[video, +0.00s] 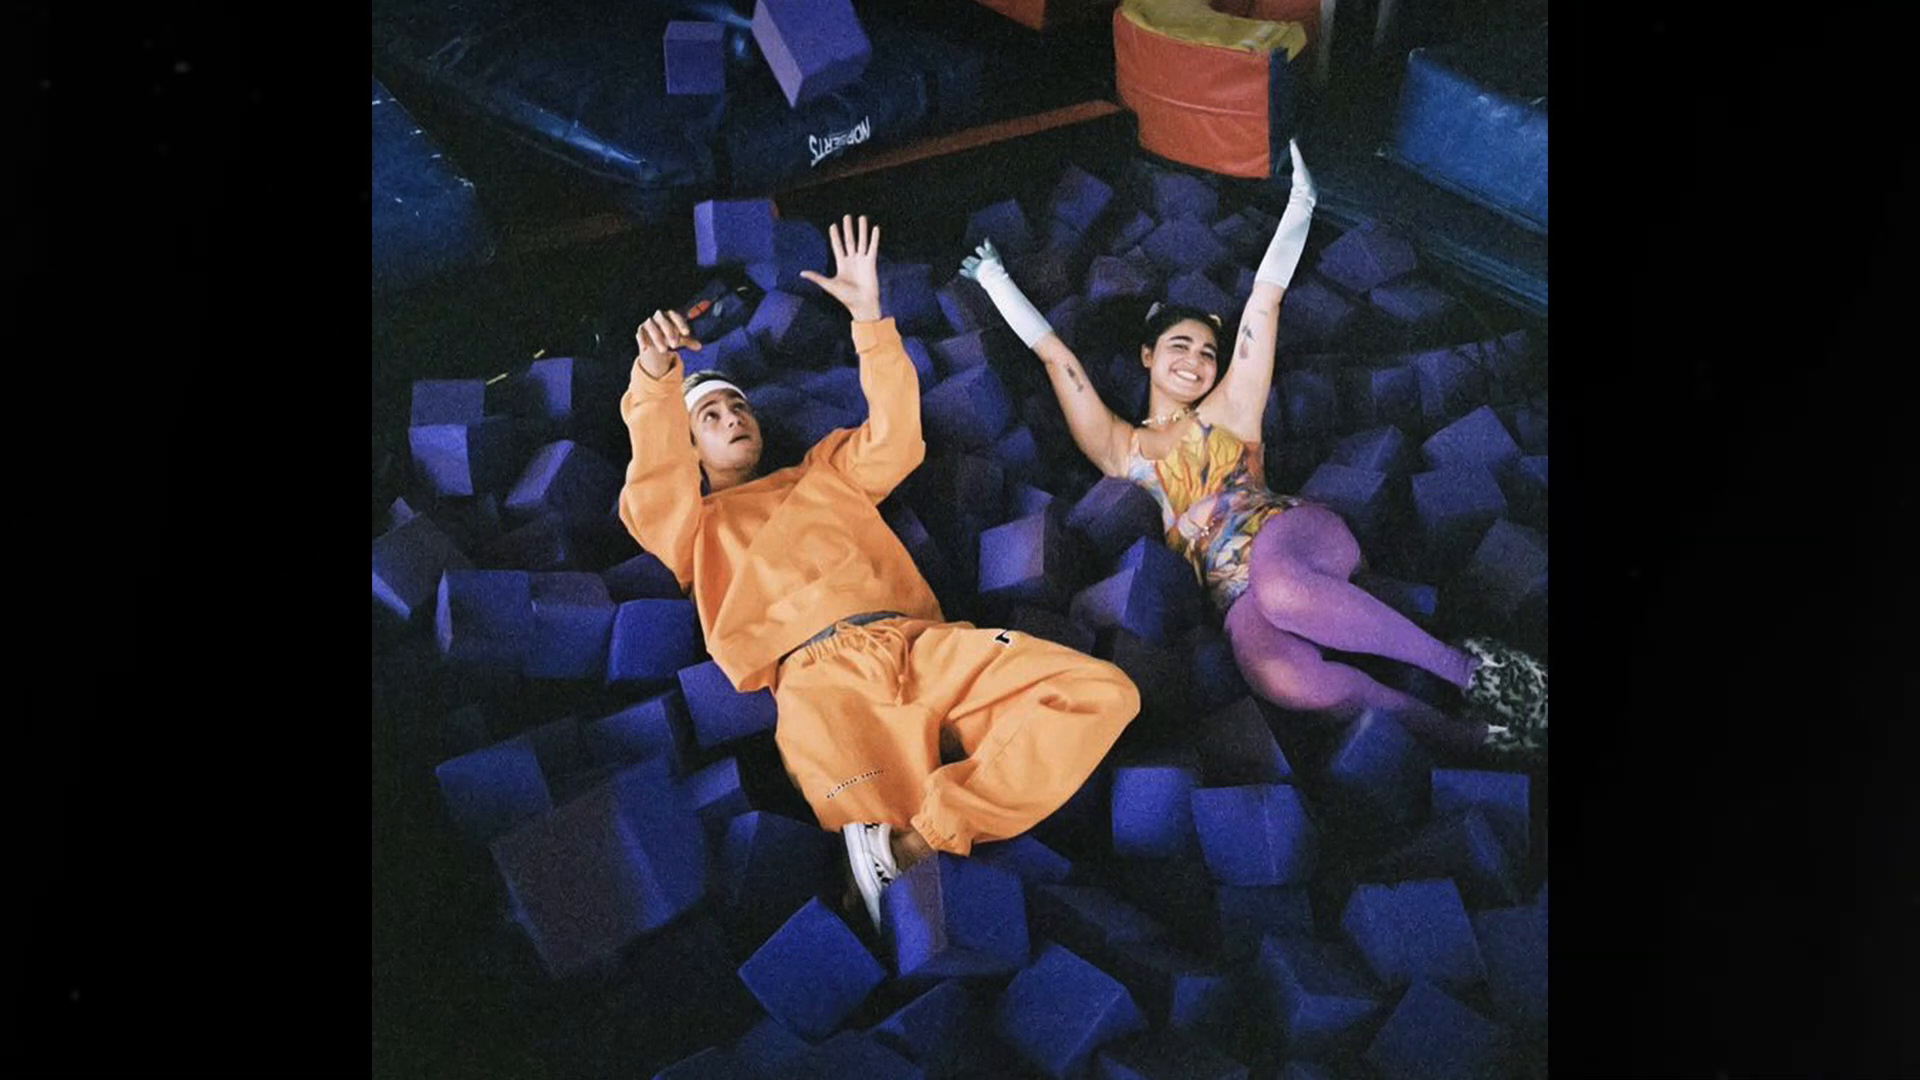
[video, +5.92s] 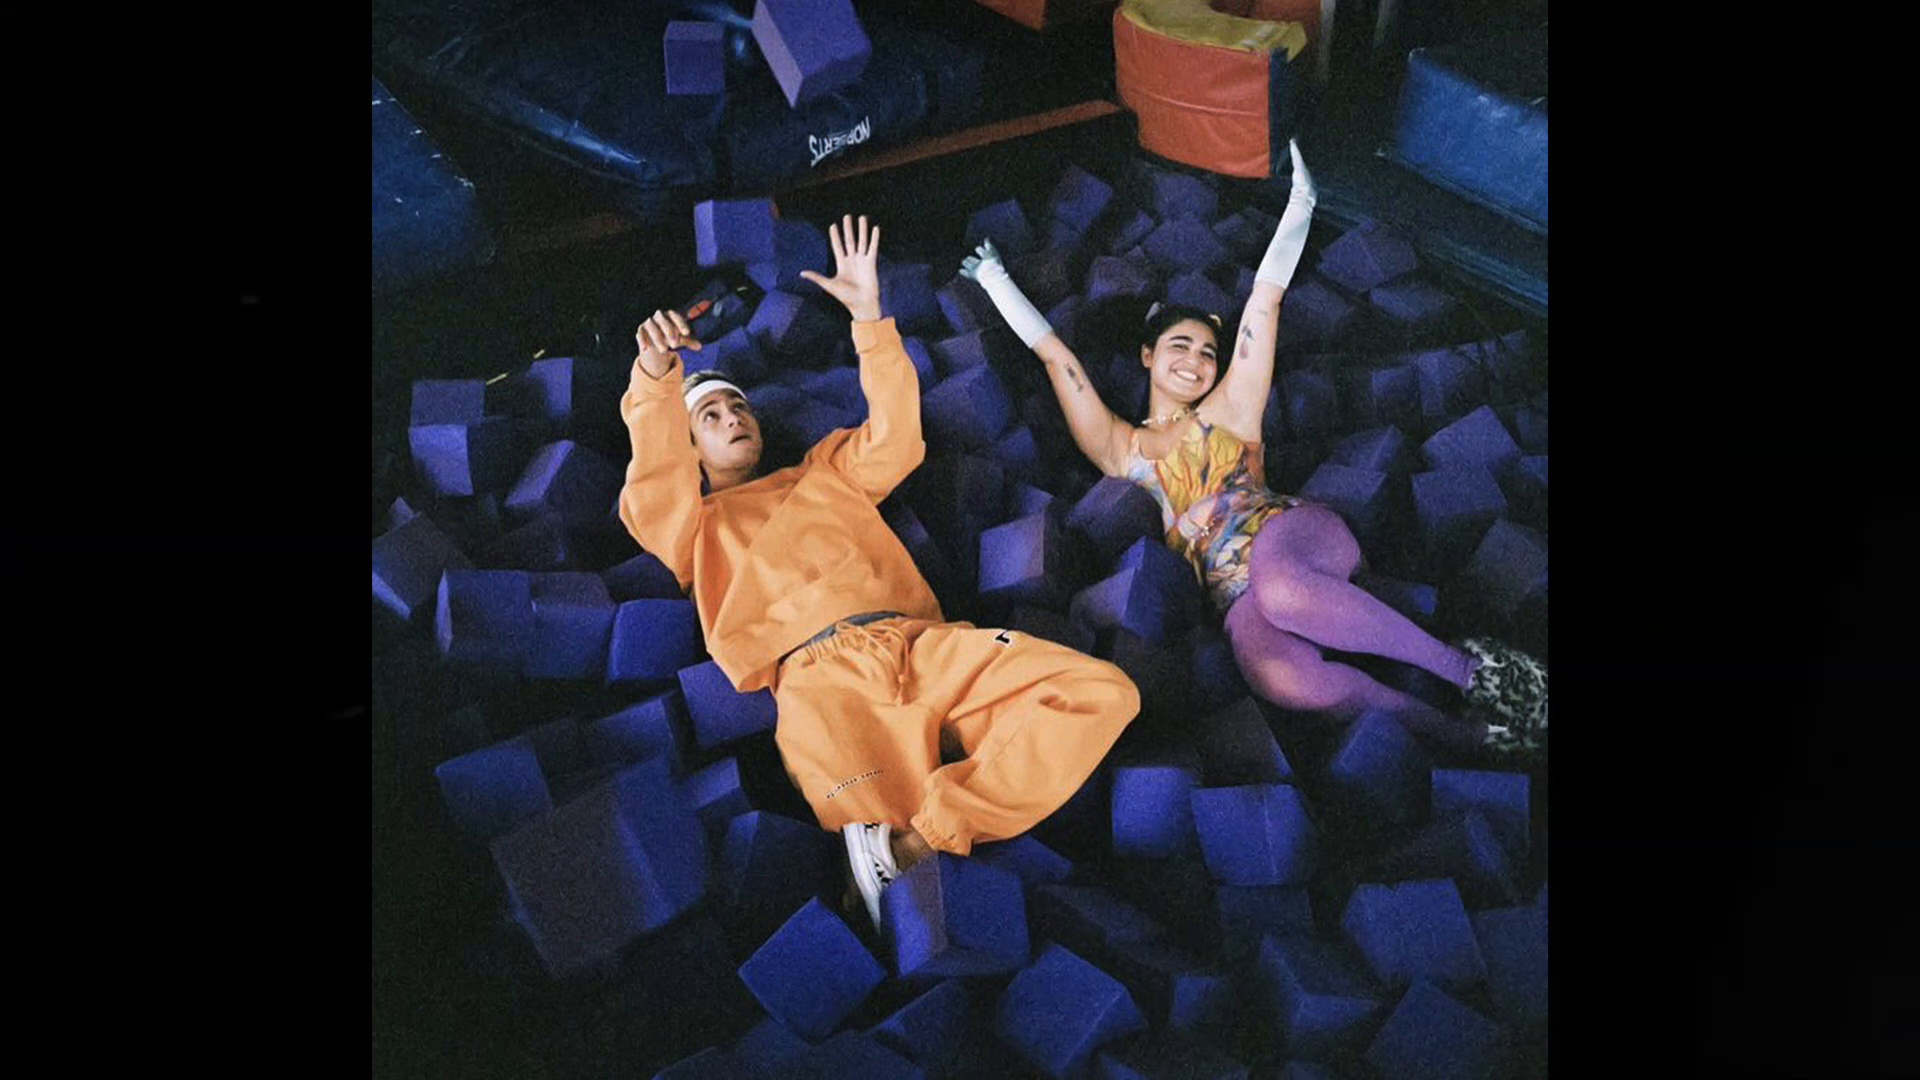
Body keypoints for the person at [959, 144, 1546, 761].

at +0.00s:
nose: (1191, 360)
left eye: (1205, 354)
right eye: (1176, 346)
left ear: (1216, 371)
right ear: (1145, 358)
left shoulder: (1230, 411)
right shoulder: (1122, 449)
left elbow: (1264, 305)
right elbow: (1058, 360)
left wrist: (1298, 209)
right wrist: (992, 278)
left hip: (1288, 530)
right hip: (1238, 596)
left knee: (1279, 592)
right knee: (1288, 681)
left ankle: (1472, 671)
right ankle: (1465, 736)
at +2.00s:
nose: (1191, 359)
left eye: (1205, 353)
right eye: (1177, 346)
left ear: (1217, 370)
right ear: (1145, 358)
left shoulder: (1230, 411)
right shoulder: (1123, 448)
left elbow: (1265, 304)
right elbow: (1057, 359)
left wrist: (1298, 209)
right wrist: (992, 278)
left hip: (1289, 531)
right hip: (1239, 598)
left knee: (1278, 592)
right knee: (1285, 679)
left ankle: (1471, 670)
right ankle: (1455, 728)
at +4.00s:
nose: (1191, 360)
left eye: (1205, 354)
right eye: (1177, 346)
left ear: (1217, 370)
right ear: (1145, 357)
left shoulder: (1230, 411)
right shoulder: (1122, 448)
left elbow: (1264, 305)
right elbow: (1058, 359)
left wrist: (1298, 209)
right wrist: (992, 278)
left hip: (1288, 531)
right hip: (1238, 596)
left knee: (1280, 593)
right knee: (1287, 680)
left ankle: (1472, 671)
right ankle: (1462, 733)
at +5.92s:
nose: (1190, 359)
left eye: (1204, 353)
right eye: (1176, 346)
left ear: (1216, 370)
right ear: (1145, 358)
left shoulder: (1230, 411)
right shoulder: (1122, 449)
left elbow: (1264, 305)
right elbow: (1057, 359)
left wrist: (1299, 209)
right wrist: (992, 277)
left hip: (1288, 531)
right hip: (1238, 596)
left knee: (1279, 593)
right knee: (1286, 680)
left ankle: (1471, 671)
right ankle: (1462, 733)